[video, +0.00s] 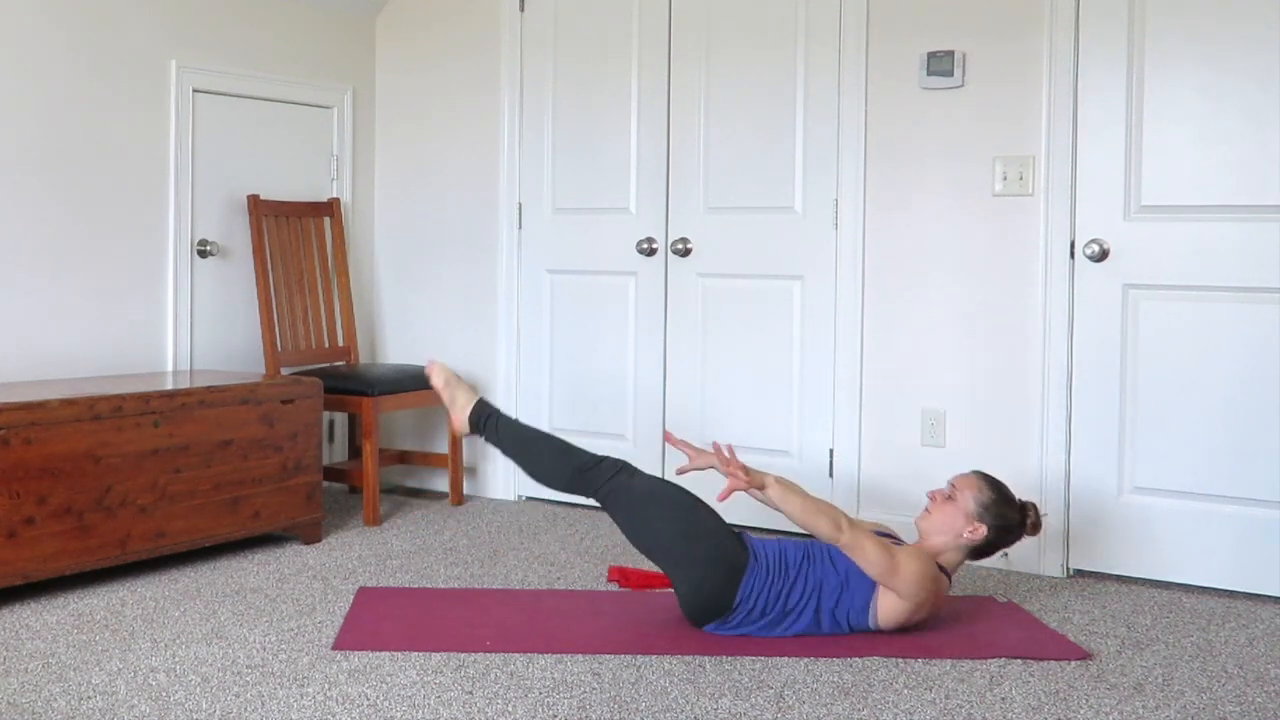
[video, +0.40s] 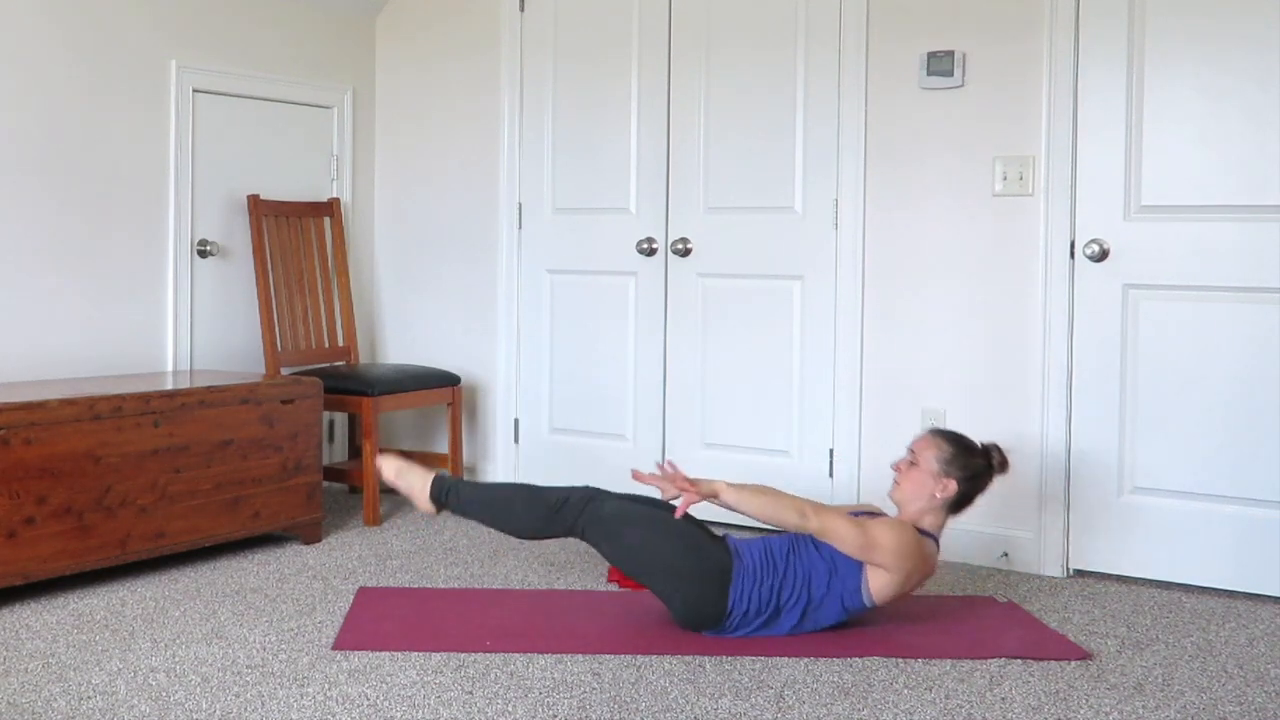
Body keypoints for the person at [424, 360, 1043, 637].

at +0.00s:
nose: (932, 500)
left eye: (949, 502)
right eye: (942, 492)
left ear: (971, 537)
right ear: (950, 520)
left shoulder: (917, 578)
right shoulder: (909, 559)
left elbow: (839, 531)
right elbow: (827, 518)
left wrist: (754, 480)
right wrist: (740, 471)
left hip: (729, 587)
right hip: (732, 569)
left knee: (611, 477)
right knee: (615, 476)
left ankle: (473, 414)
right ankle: (478, 417)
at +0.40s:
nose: (898, 469)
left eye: (914, 465)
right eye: (906, 459)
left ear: (945, 492)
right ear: (932, 488)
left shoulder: (899, 544)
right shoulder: (903, 537)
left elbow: (800, 515)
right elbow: (801, 519)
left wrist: (709, 490)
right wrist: (706, 491)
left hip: (723, 583)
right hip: (728, 576)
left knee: (584, 505)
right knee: (588, 504)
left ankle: (434, 490)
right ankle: (441, 490)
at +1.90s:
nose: (921, 503)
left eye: (939, 500)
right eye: (930, 494)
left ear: (968, 531)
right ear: (945, 514)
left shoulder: (923, 578)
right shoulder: (906, 553)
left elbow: (833, 553)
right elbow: (825, 543)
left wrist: (740, 518)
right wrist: (736, 522)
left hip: (735, 583)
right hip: (737, 567)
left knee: (591, 512)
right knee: (594, 508)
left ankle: (448, 471)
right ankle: (457, 473)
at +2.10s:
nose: (884, 448)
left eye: (900, 442)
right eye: (892, 437)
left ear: (932, 467)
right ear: (916, 460)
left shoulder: (902, 525)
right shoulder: (881, 508)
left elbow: (801, 508)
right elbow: (788, 513)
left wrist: (712, 488)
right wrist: (710, 495)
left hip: (721, 590)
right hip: (719, 572)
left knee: (589, 494)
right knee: (589, 491)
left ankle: (444, 541)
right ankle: (450, 533)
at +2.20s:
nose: (853, 416)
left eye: (867, 410)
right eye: (860, 406)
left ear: (901, 431)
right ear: (890, 427)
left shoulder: (878, 496)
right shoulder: (861, 479)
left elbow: (778, 493)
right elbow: (772, 490)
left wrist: (679, 490)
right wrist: (678, 487)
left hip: (719, 596)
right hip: (720, 572)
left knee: (601, 469)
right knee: (606, 465)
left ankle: (474, 544)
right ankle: (478, 533)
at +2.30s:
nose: (817, 389)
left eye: (830, 382)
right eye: (823, 378)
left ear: (864, 401)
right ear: (859, 400)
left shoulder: (853, 473)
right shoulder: (827, 453)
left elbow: (750, 486)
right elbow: (741, 478)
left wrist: (653, 495)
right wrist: (648, 496)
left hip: (716, 595)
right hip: (713, 569)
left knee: (625, 447)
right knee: (625, 442)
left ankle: (506, 531)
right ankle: (508, 520)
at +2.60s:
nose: (783, 361)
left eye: (796, 355)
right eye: (789, 351)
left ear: (829, 374)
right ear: (824, 374)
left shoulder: (814, 447)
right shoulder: (786, 433)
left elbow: (716, 485)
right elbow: (701, 468)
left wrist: (622, 514)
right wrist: (616, 506)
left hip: (712, 598)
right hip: (705, 582)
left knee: (679, 431)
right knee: (672, 426)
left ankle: (553, 504)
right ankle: (552, 489)